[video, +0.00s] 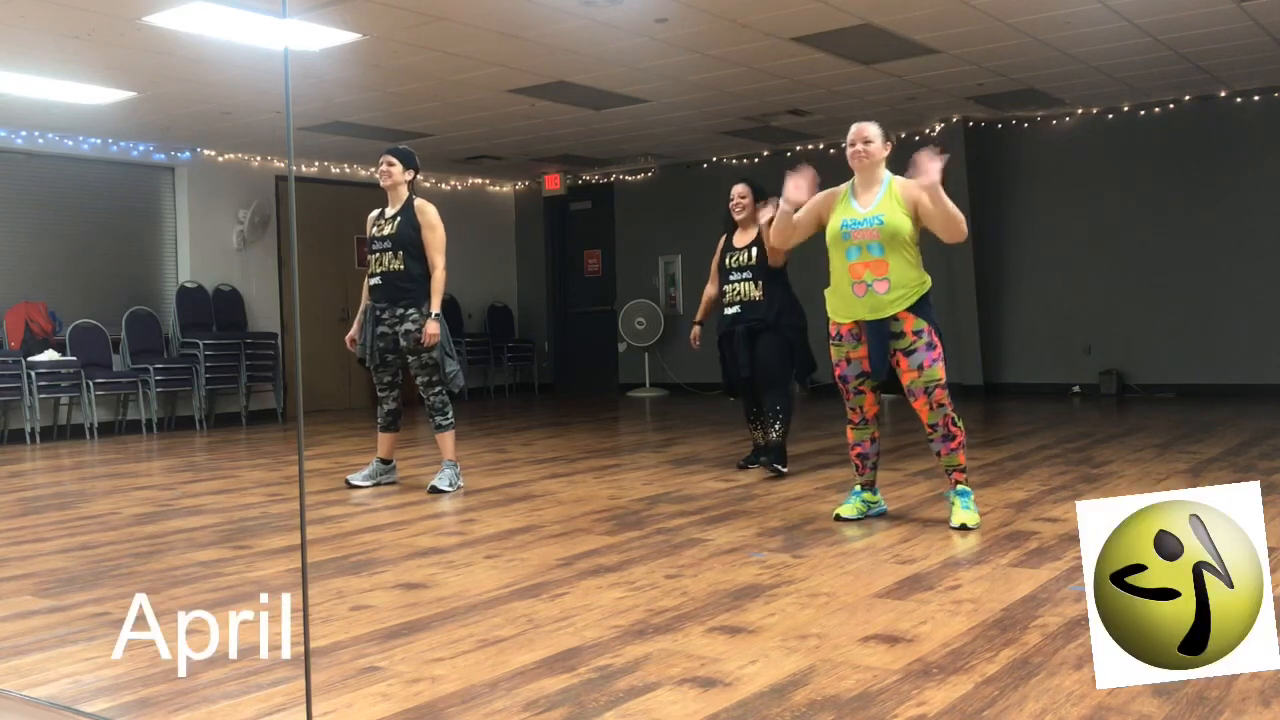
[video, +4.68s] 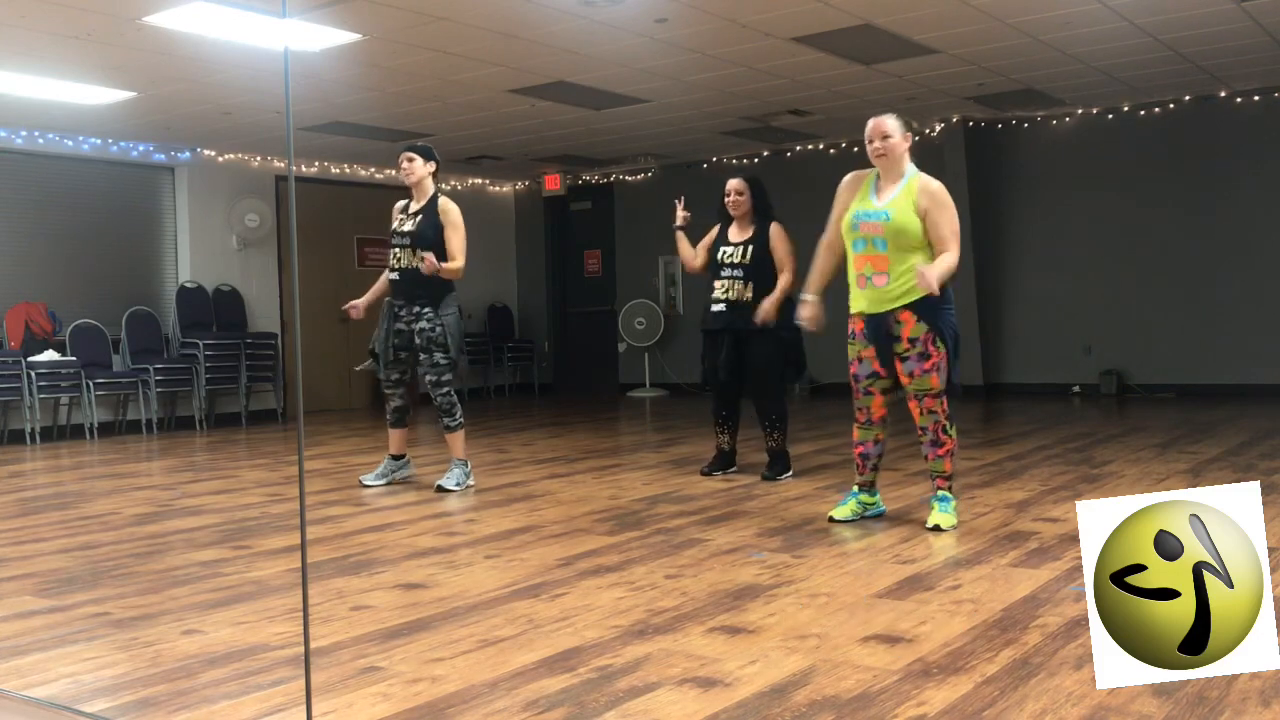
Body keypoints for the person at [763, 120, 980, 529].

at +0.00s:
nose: (858, 148)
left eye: (867, 141)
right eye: (852, 143)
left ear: (886, 149)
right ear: (845, 154)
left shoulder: (908, 189)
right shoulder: (829, 199)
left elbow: (956, 234)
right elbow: (779, 242)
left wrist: (933, 188)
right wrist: (786, 206)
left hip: (906, 314)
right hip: (848, 321)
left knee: (933, 401)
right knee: (859, 410)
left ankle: (960, 492)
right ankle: (866, 492)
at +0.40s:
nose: (900, 146)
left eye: (909, 139)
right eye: (894, 140)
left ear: (929, 146)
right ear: (887, 149)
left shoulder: (950, 191)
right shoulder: (869, 197)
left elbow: (987, 249)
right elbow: (837, 251)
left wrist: (961, 220)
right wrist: (828, 240)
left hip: (941, 313)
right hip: (884, 317)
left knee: (952, 404)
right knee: (880, 407)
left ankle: (964, 496)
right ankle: (869, 492)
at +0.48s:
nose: (908, 145)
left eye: (918, 138)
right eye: (903, 139)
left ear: (940, 145)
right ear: (896, 148)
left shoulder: (960, 192)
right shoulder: (879, 198)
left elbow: (992, 245)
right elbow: (862, 256)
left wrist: (970, 272)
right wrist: (844, 280)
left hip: (948, 314)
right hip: (893, 319)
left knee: (957, 405)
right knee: (886, 407)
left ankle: (965, 496)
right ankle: (872, 492)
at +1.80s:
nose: (849, 147)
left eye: (856, 140)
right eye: (841, 144)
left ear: (875, 148)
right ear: (834, 156)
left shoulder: (905, 189)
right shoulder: (822, 203)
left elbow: (938, 249)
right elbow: (816, 266)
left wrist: (954, 304)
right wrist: (806, 309)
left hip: (906, 311)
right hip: (848, 319)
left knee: (928, 401)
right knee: (861, 408)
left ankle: (955, 493)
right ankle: (869, 492)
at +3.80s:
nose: (881, 134)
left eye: (891, 127)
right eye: (876, 130)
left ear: (912, 139)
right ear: (869, 144)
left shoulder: (932, 185)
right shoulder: (856, 186)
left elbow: (944, 247)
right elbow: (845, 246)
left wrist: (939, 302)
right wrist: (837, 296)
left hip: (924, 311)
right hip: (870, 314)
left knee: (938, 401)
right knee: (842, 382)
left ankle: (952, 492)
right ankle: (864, 476)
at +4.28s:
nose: (868, 138)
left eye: (876, 131)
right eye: (860, 134)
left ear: (893, 140)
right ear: (851, 147)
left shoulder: (921, 182)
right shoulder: (838, 197)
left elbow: (956, 242)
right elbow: (821, 257)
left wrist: (978, 298)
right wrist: (783, 289)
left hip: (915, 309)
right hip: (857, 314)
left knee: (934, 399)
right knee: (857, 402)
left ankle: (948, 492)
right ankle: (863, 491)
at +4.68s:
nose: (876, 145)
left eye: (885, 137)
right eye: (870, 140)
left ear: (907, 141)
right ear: (865, 148)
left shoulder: (929, 191)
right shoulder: (852, 185)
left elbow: (950, 251)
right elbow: (831, 242)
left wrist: (934, 271)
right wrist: (812, 293)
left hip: (918, 312)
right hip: (864, 315)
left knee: (928, 406)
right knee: (866, 405)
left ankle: (942, 496)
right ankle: (866, 493)